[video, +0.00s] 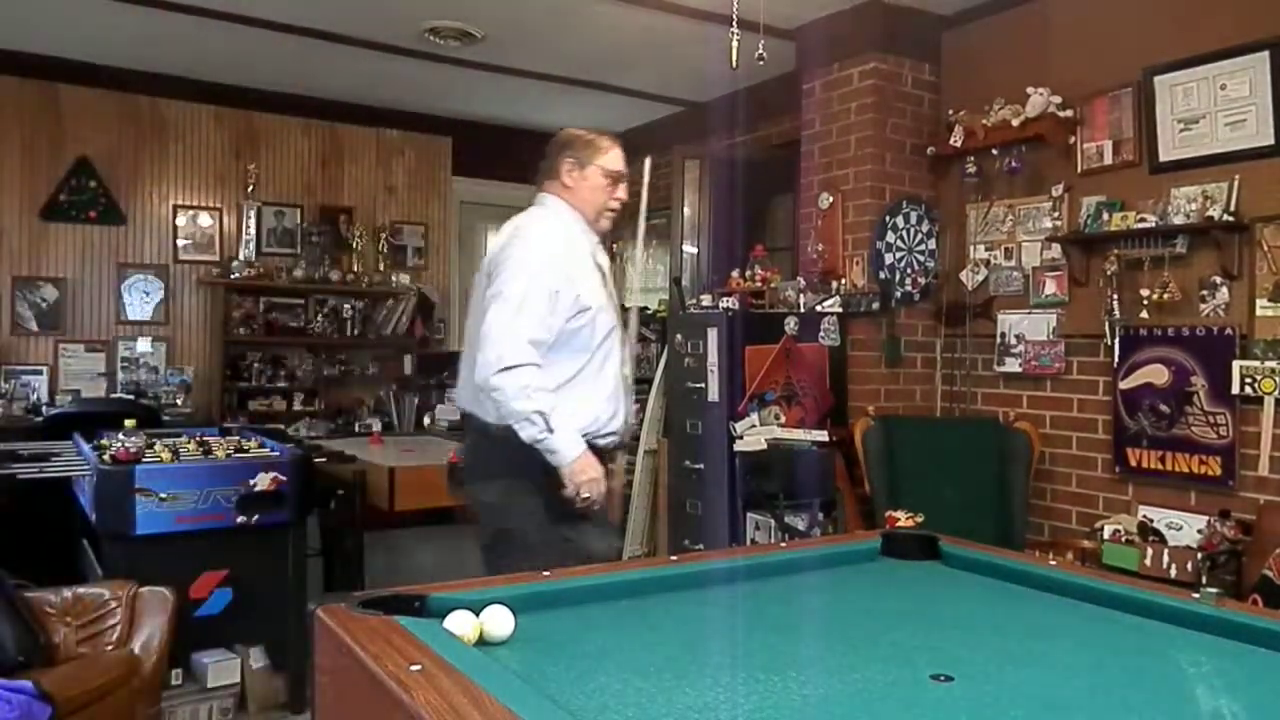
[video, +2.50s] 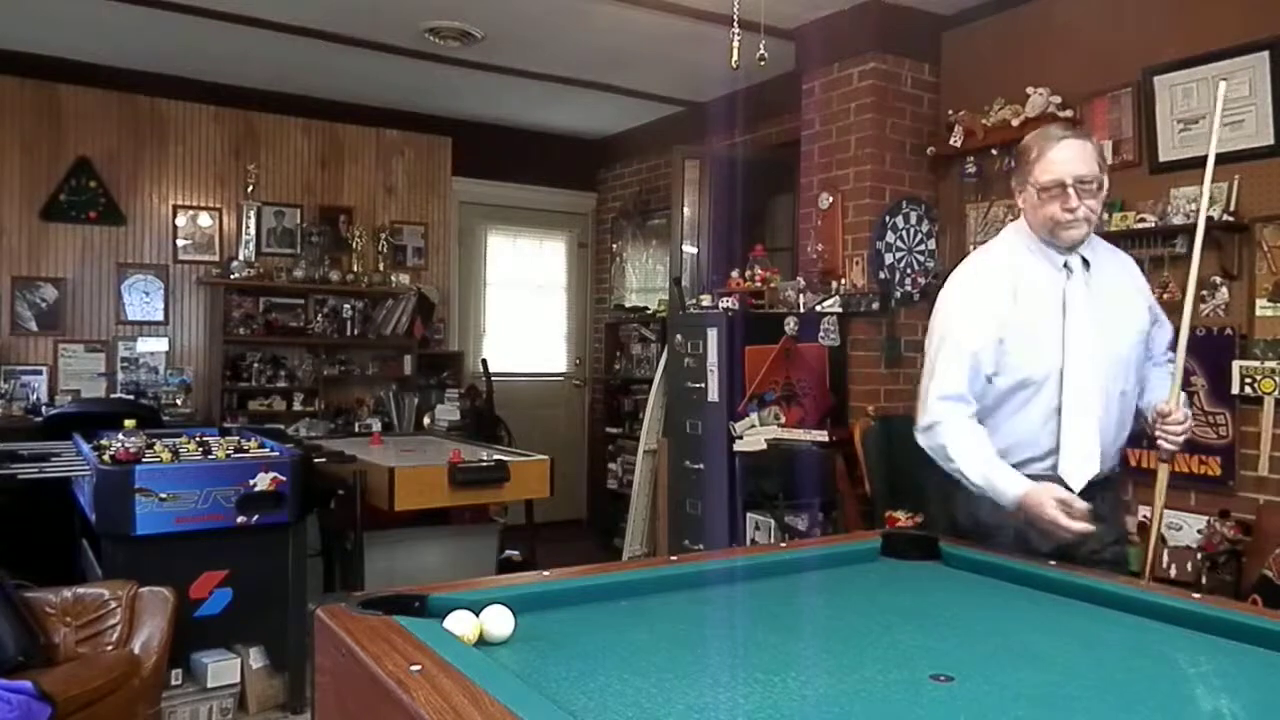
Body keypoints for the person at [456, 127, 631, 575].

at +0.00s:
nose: (622, 195)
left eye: (625, 183)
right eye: (612, 179)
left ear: (572, 175)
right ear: (570, 173)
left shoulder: (569, 239)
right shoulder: (542, 239)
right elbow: (504, 366)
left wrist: (595, 449)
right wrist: (570, 454)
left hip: (551, 460)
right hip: (525, 459)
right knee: (547, 623)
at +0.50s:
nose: (799, 230)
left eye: (803, 218)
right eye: (791, 216)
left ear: (750, 211)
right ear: (748, 208)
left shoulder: (748, 266)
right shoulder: (710, 274)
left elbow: (730, 380)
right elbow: (689, 421)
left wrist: (786, 392)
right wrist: (757, 493)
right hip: (692, 481)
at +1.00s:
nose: (921, 222)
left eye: (928, 210)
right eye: (909, 206)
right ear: (867, 200)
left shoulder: (910, 289)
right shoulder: (813, 273)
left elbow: (887, 375)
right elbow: (771, 390)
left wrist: (934, 399)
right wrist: (849, 451)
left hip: (880, 480)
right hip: (806, 478)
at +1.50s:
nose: (1034, 232)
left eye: (1047, 221)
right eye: (1023, 212)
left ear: (1054, 224)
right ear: (984, 200)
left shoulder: (1039, 298)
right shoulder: (915, 270)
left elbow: (1047, 381)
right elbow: (854, 374)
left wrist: (1053, 416)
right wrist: (920, 442)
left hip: (984, 491)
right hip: (894, 485)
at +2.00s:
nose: (1085, 259)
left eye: (1095, 242)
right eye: (1069, 242)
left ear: (1103, 234)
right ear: (1020, 227)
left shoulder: (1077, 282)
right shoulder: (984, 306)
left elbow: (1085, 368)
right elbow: (1039, 453)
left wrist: (1107, 396)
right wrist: (1146, 545)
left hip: (1036, 497)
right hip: (957, 499)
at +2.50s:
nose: (1072, 204)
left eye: (1086, 186)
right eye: (1053, 190)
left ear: (1104, 189)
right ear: (1021, 195)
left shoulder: (1122, 272)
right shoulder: (980, 281)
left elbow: (1154, 357)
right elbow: (941, 416)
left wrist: (1160, 406)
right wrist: (1019, 494)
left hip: (1099, 505)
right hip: (996, 510)